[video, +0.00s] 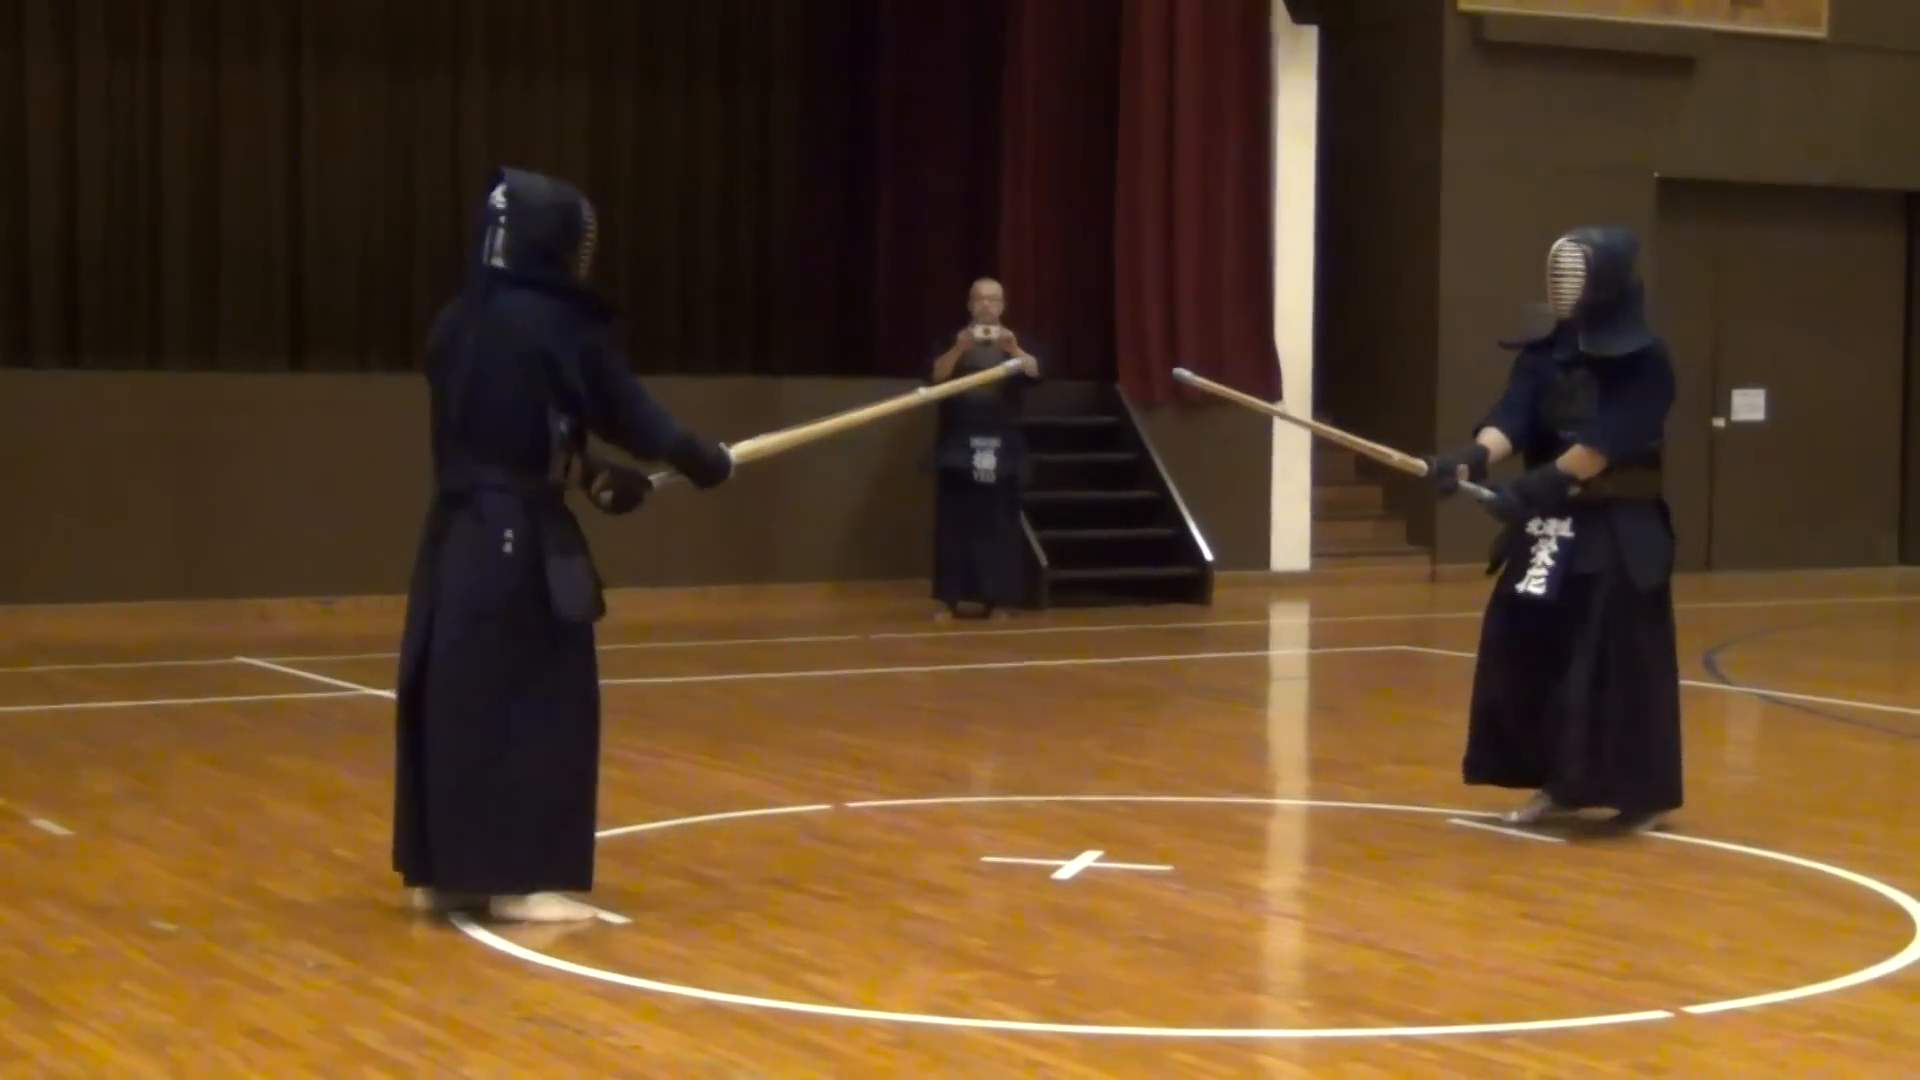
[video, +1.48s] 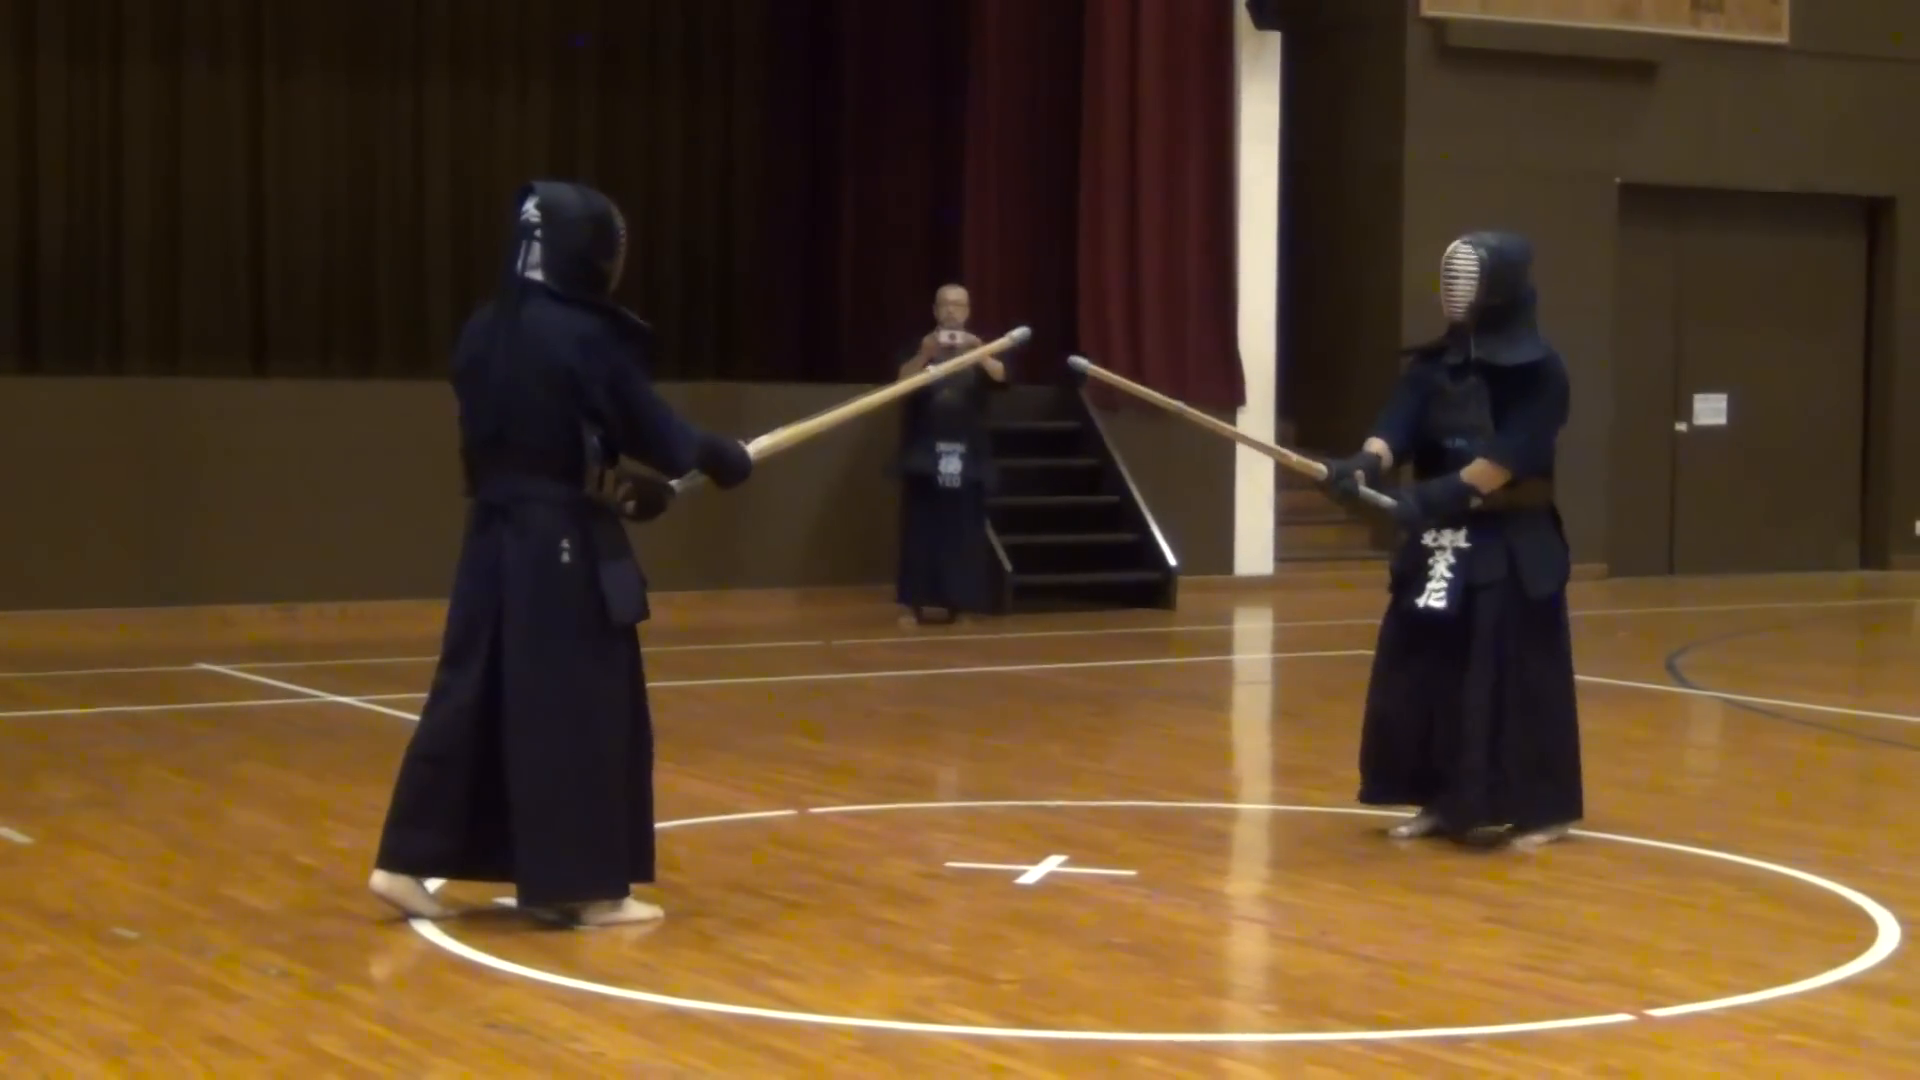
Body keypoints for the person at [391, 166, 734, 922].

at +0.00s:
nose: (587, 257)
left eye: (585, 242)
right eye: (579, 244)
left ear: (506, 240)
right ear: (553, 246)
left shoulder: (460, 317)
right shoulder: (564, 323)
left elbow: (501, 421)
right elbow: (632, 417)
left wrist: (585, 464)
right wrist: (703, 457)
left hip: (454, 535)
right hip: (522, 540)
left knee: (455, 699)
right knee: (537, 704)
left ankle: (445, 873)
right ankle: (521, 883)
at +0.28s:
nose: (581, 259)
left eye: (579, 244)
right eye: (573, 246)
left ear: (501, 245)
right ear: (549, 249)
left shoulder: (465, 320)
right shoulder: (562, 328)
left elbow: (511, 425)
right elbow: (633, 425)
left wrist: (592, 469)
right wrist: (704, 458)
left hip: (470, 534)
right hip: (538, 539)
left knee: (477, 697)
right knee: (598, 703)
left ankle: (451, 871)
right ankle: (613, 878)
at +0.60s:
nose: (631, 252)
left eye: (627, 238)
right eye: (624, 241)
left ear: (549, 245)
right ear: (604, 248)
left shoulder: (511, 319)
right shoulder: (614, 324)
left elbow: (548, 427)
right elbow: (680, 419)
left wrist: (631, 467)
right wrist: (751, 461)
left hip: (510, 534)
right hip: (583, 537)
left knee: (490, 694)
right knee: (625, 704)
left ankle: (431, 865)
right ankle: (629, 889)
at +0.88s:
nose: (620, 253)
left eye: (618, 240)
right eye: (614, 242)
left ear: (538, 244)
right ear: (594, 249)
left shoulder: (500, 320)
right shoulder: (606, 330)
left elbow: (540, 421)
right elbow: (668, 423)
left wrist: (626, 457)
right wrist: (735, 454)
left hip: (501, 535)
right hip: (575, 541)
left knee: (476, 692)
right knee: (610, 705)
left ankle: (412, 860)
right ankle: (617, 889)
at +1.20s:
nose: (612, 259)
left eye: (611, 246)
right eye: (606, 247)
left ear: (528, 248)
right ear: (581, 253)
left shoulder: (484, 329)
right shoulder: (590, 334)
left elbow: (518, 443)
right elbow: (649, 419)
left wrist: (611, 475)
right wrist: (714, 450)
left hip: (492, 537)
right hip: (563, 542)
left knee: (469, 694)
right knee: (584, 707)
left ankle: (406, 862)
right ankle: (585, 886)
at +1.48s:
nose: (620, 263)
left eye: (619, 249)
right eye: (613, 250)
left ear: (533, 250)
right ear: (587, 255)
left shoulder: (486, 330)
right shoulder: (588, 336)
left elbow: (512, 446)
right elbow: (651, 427)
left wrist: (608, 476)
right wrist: (719, 453)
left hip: (492, 538)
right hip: (563, 544)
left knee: (468, 695)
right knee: (584, 708)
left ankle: (405, 861)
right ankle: (584, 886)